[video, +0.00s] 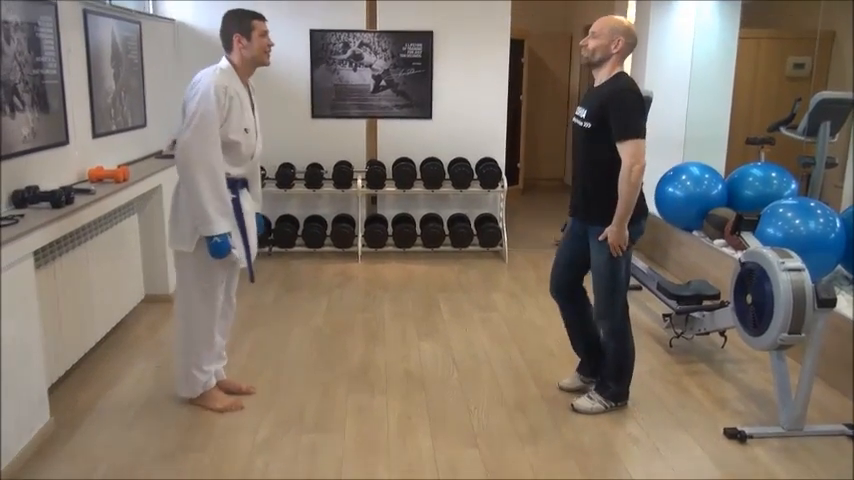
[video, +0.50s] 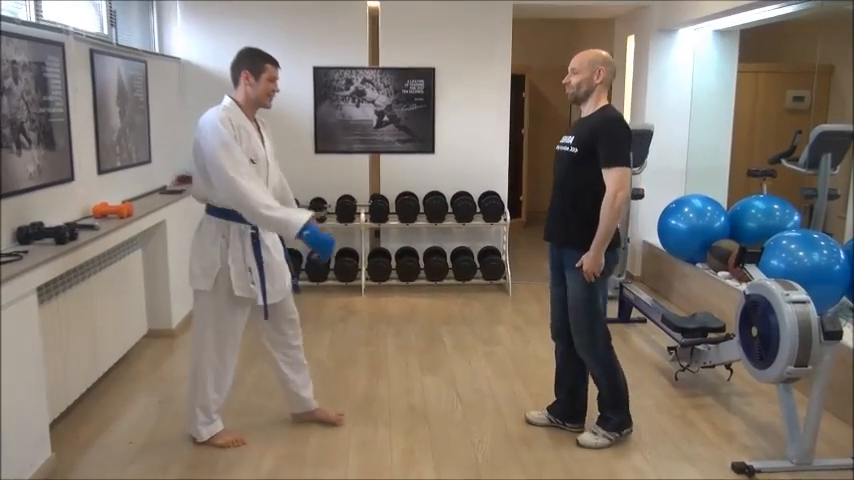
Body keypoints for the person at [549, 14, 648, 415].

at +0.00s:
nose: (584, 42)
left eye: (592, 36)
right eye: (586, 35)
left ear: (616, 45)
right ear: (611, 46)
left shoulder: (622, 93)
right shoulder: (595, 90)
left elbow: (635, 163)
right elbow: (592, 160)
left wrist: (619, 224)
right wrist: (577, 214)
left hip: (610, 222)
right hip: (583, 216)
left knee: (609, 310)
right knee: (563, 285)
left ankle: (615, 391)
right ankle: (593, 366)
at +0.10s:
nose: (584, 55)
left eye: (592, 49)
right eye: (586, 48)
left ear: (617, 58)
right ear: (608, 58)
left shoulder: (622, 106)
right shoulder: (595, 103)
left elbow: (633, 176)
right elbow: (593, 168)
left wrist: (616, 237)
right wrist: (580, 221)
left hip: (607, 235)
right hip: (580, 228)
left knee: (608, 325)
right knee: (557, 297)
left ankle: (614, 405)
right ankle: (580, 384)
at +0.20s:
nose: (581, 69)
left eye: (589, 62)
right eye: (583, 62)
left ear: (615, 70)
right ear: (607, 71)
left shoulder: (621, 118)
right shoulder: (593, 115)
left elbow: (632, 186)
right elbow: (590, 180)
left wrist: (612, 246)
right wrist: (574, 232)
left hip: (603, 246)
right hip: (575, 240)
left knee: (609, 337)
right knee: (561, 318)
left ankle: (616, 417)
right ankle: (566, 401)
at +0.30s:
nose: (578, 78)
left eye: (585, 71)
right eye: (579, 72)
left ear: (611, 77)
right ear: (602, 78)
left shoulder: (619, 127)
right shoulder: (590, 123)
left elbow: (629, 194)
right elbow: (586, 187)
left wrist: (609, 255)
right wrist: (570, 239)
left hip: (599, 252)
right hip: (571, 248)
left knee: (610, 343)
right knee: (562, 329)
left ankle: (617, 422)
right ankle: (566, 409)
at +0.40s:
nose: (573, 79)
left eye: (580, 73)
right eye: (574, 73)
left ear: (605, 77)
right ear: (597, 78)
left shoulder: (615, 126)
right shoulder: (586, 123)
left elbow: (622, 196)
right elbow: (581, 188)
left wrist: (605, 256)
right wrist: (564, 239)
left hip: (594, 252)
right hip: (566, 247)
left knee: (603, 342)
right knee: (563, 333)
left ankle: (617, 423)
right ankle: (567, 412)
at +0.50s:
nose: (566, 79)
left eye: (573, 72)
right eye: (567, 73)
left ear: (599, 75)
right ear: (592, 77)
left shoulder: (610, 123)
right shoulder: (582, 123)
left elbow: (618, 192)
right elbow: (576, 185)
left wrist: (597, 250)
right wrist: (560, 236)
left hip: (587, 248)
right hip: (562, 243)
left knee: (589, 337)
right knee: (565, 334)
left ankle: (616, 420)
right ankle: (567, 411)